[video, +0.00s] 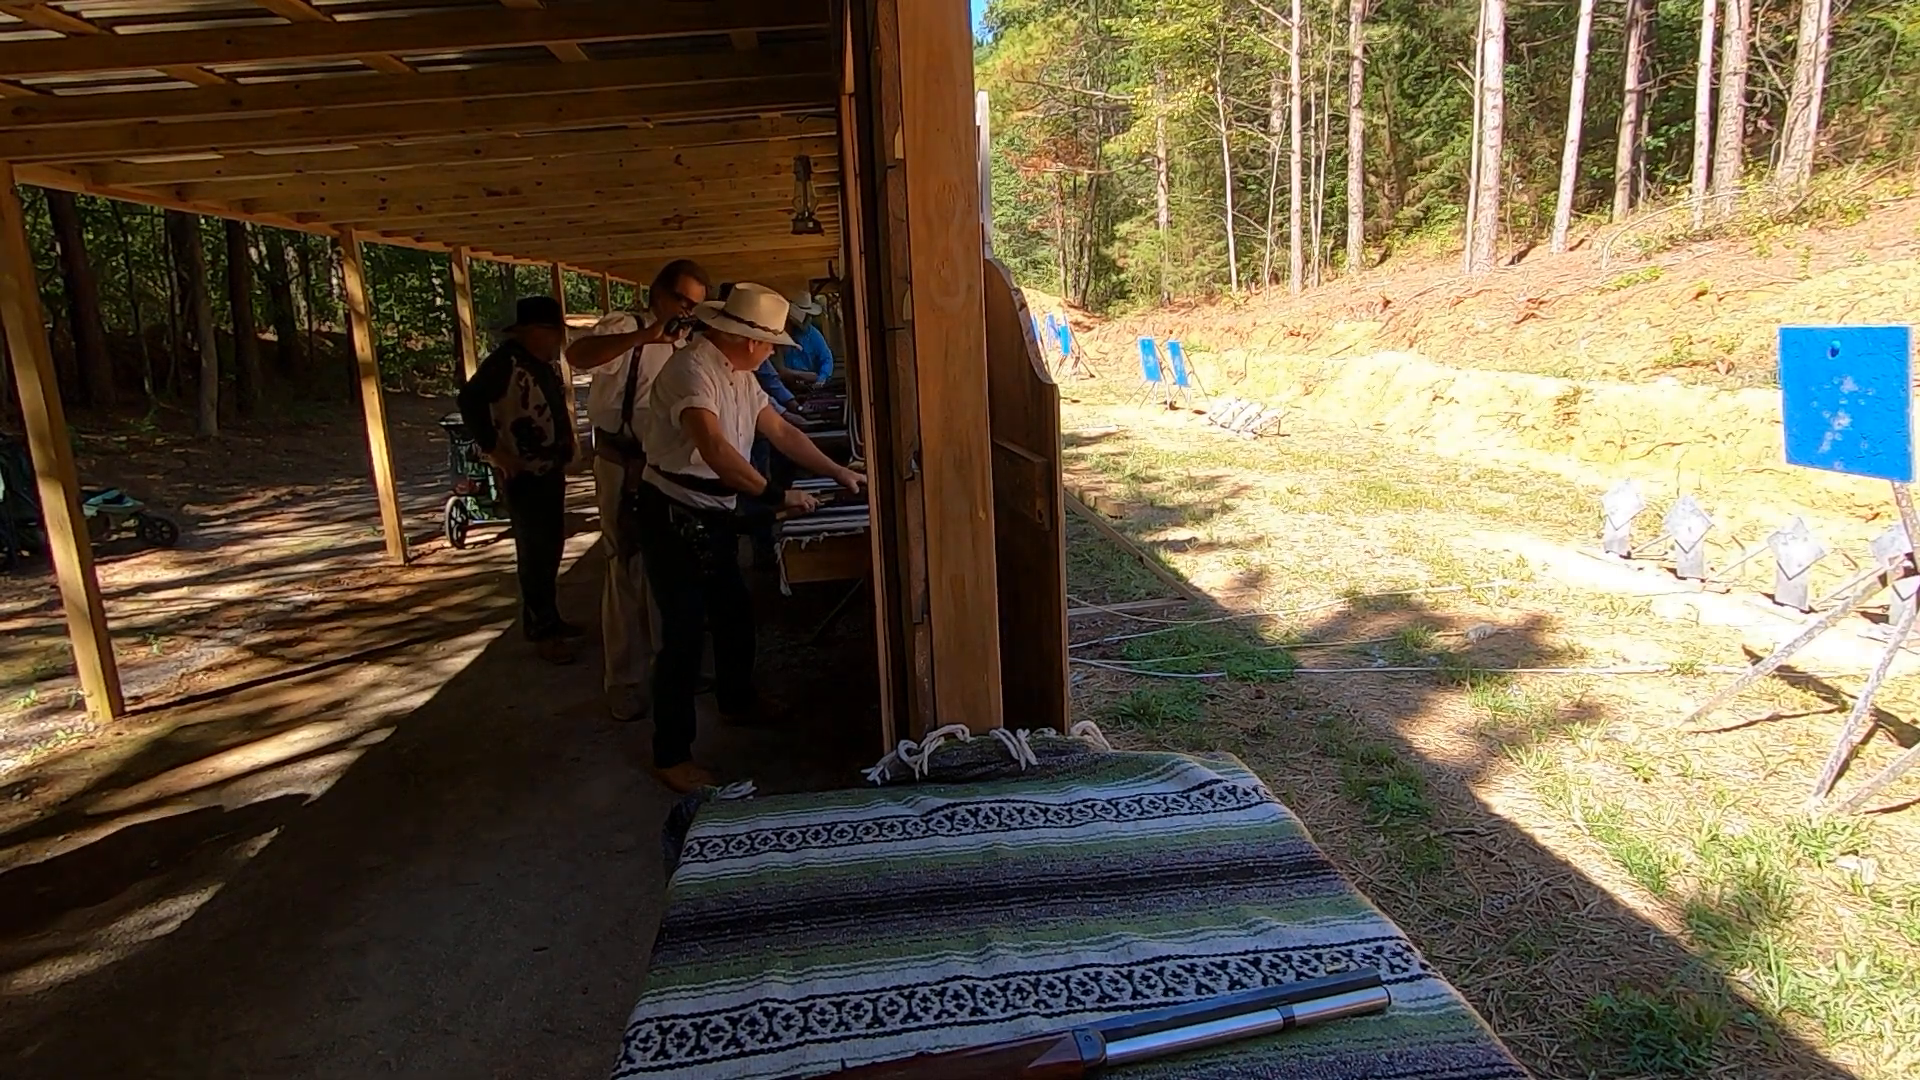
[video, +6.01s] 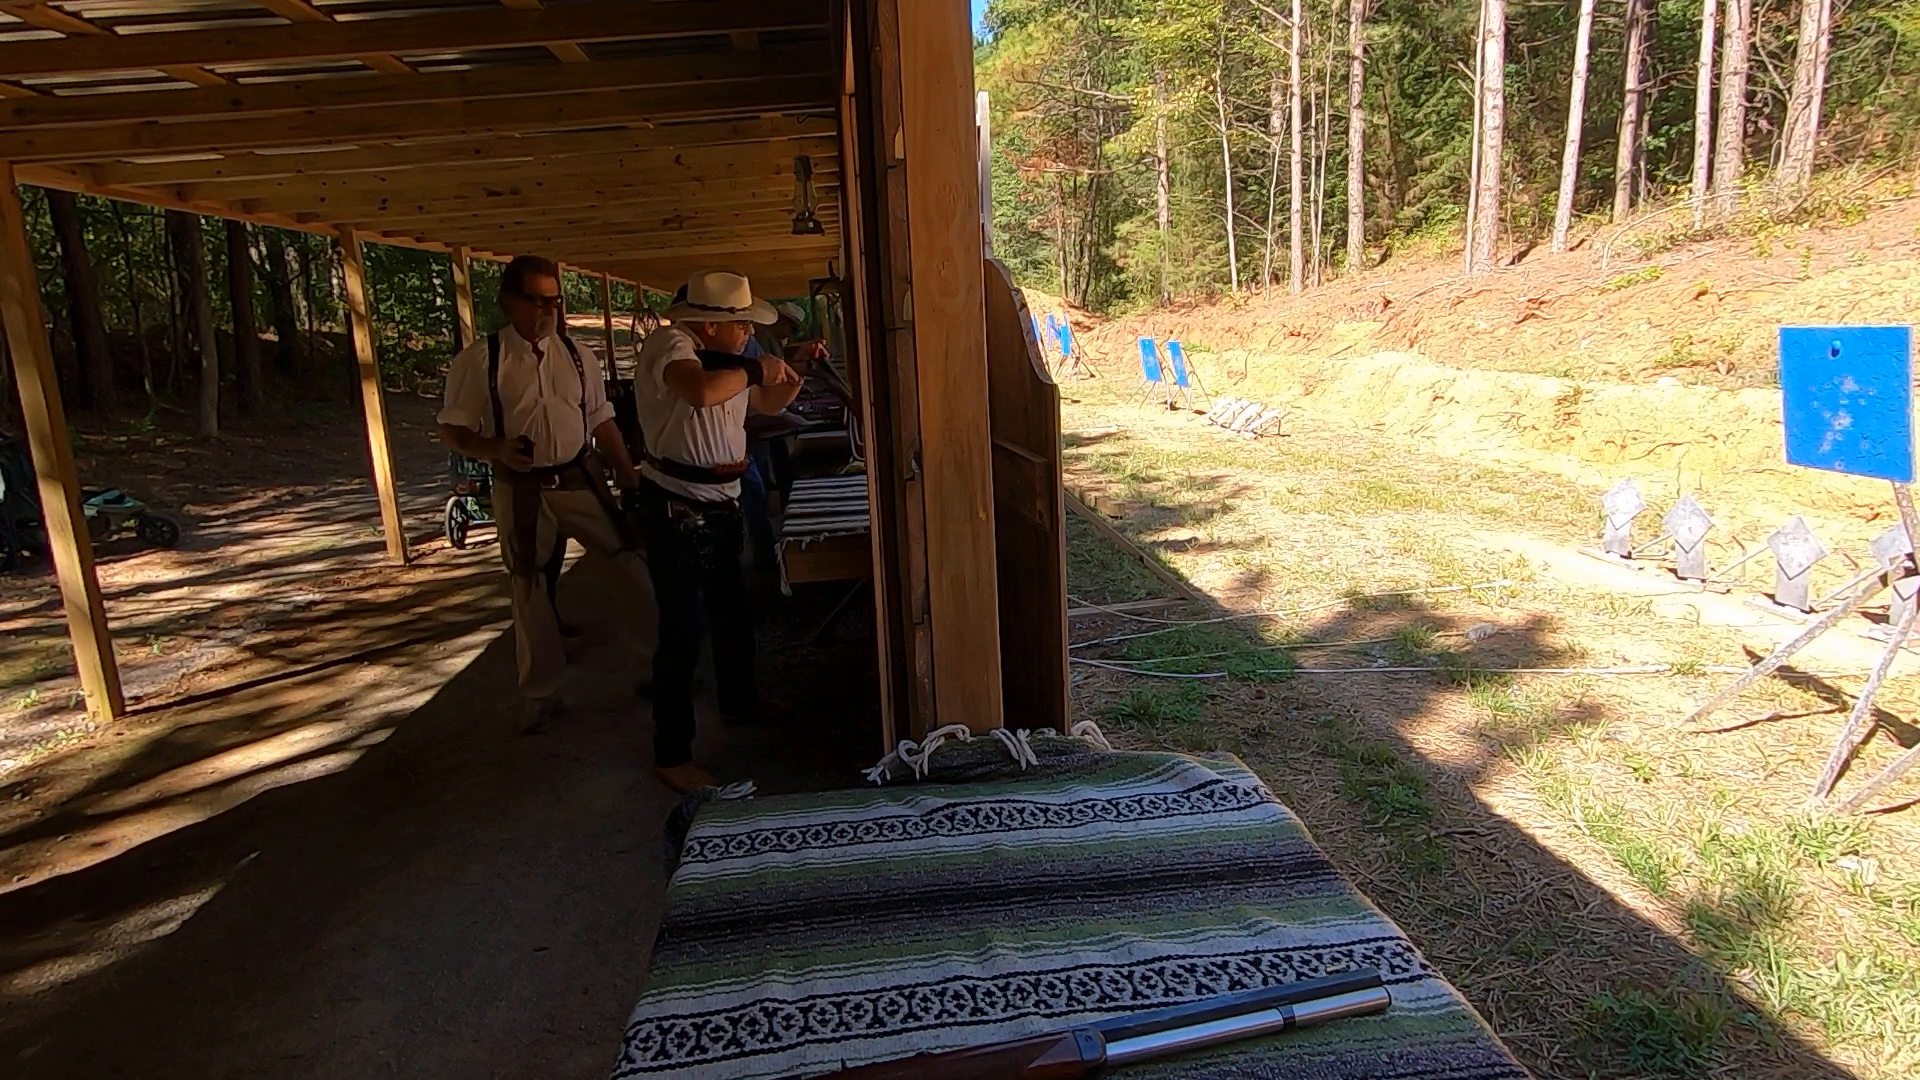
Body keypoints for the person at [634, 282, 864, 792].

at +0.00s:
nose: (771, 354)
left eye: (773, 346)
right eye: (770, 345)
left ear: (744, 340)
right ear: (750, 341)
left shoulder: (742, 375)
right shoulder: (690, 367)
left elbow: (780, 430)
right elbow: (711, 446)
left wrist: (838, 470)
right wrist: (774, 493)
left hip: (716, 514)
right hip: (670, 514)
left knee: (734, 613)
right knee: (685, 632)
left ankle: (739, 704)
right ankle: (671, 756)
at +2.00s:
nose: (760, 347)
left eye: (759, 339)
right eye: (755, 339)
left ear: (725, 340)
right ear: (727, 341)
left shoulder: (725, 374)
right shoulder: (681, 373)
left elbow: (734, 446)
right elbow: (709, 453)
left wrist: (767, 482)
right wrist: (780, 492)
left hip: (720, 516)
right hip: (674, 519)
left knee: (738, 615)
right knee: (685, 636)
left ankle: (740, 707)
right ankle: (672, 757)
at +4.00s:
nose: (758, 373)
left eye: (761, 365)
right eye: (755, 363)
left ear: (726, 348)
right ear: (727, 348)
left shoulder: (720, 378)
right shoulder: (685, 379)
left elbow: (727, 447)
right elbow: (710, 461)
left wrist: (750, 472)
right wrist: (780, 496)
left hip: (717, 516)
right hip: (673, 520)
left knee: (742, 610)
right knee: (689, 634)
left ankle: (740, 703)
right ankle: (672, 757)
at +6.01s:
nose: (748, 333)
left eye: (748, 324)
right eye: (740, 325)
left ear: (724, 324)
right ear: (710, 323)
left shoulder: (729, 358)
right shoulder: (668, 343)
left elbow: (771, 401)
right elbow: (702, 390)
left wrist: (797, 368)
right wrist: (755, 369)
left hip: (723, 507)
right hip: (672, 509)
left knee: (734, 614)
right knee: (682, 631)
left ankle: (740, 708)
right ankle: (672, 756)